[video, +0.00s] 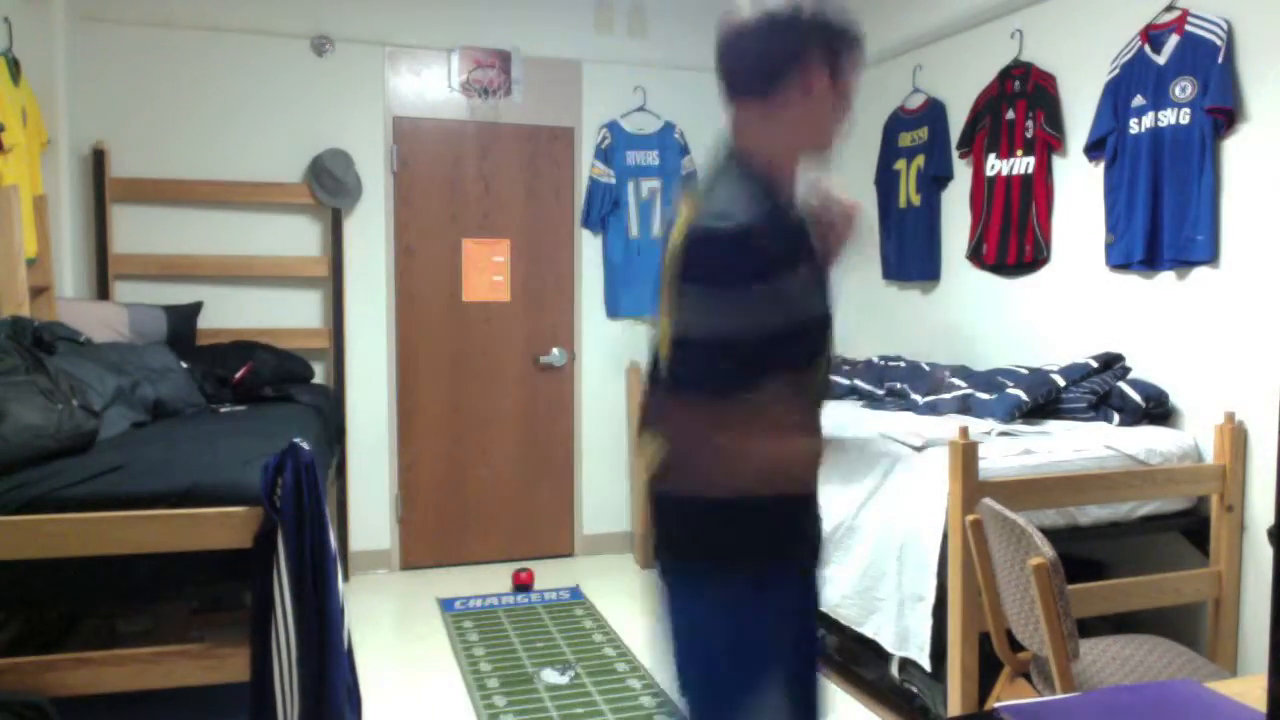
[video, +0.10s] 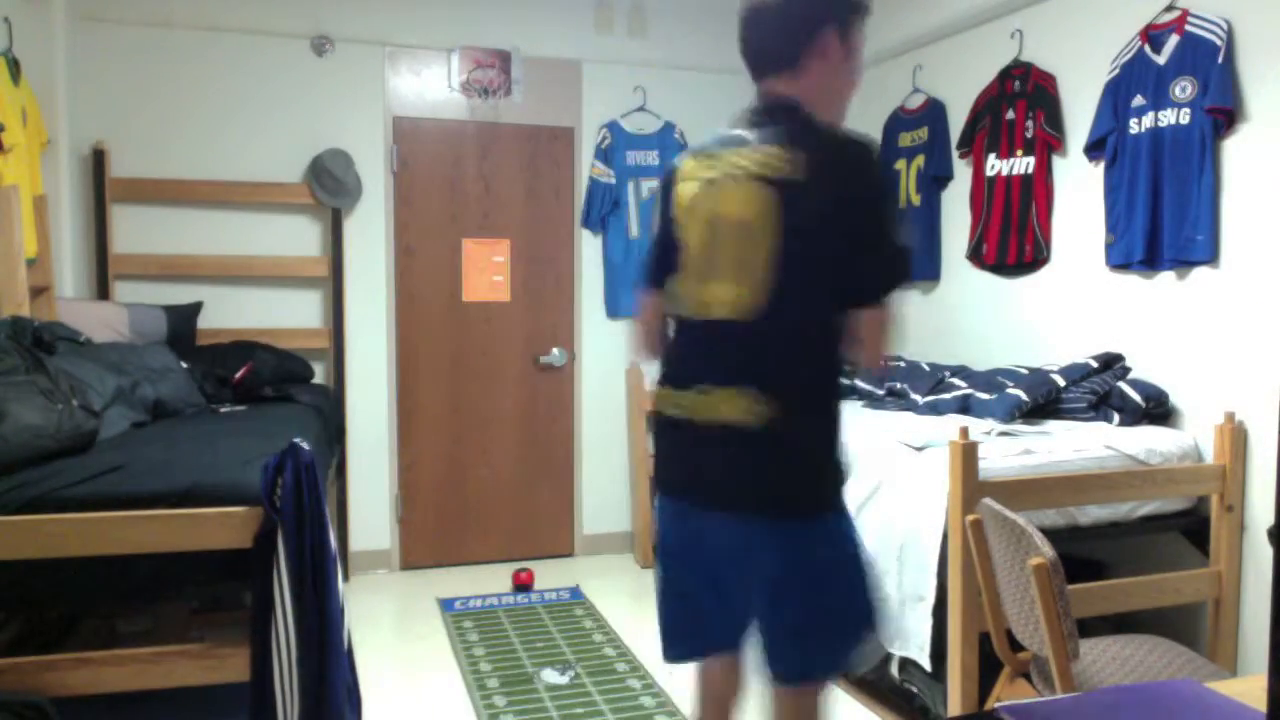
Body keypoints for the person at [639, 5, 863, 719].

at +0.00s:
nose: (845, 110)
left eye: (843, 90)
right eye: (837, 89)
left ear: (788, 88)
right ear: (800, 84)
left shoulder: (768, 208)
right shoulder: (728, 224)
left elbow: (762, 342)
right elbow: (696, 408)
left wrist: (814, 256)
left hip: (771, 529)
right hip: (724, 539)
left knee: (786, 701)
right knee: (738, 704)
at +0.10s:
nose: (859, 72)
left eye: (857, 53)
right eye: (856, 51)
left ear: (755, 55)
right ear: (827, 49)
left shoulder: (694, 163)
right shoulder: (847, 163)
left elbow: (651, 329)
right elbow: (868, 347)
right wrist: (808, 311)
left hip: (689, 476)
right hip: (789, 480)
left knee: (715, 669)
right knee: (801, 684)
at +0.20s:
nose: (834, 105)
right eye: (834, 90)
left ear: (746, 100)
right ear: (829, 97)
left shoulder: (689, 206)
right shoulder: (868, 217)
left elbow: (641, 352)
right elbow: (904, 374)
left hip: (699, 496)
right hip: (809, 499)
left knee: (691, 674)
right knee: (828, 692)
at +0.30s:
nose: (710, 202)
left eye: (713, 190)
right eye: (714, 189)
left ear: (728, 197)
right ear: (788, 197)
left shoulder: (702, 296)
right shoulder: (843, 295)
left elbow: (701, 459)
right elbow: (879, 434)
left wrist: (670, 461)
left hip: (747, 561)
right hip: (835, 556)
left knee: (666, 677)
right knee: (838, 696)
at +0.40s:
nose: (675, 209)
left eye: (682, 195)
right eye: (675, 194)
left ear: (718, 199)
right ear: (732, 200)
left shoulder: (704, 290)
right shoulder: (811, 283)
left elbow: (714, 443)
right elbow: (843, 406)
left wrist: (663, 462)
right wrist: (774, 425)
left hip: (746, 532)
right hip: (820, 521)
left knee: (679, 681)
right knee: (804, 671)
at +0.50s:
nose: (635, 180)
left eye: (648, 163)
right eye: (633, 164)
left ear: (698, 164)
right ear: (691, 168)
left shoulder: (698, 245)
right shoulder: (728, 235)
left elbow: (720, 384)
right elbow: (777, 361)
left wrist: (639, 419)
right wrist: (669, 407)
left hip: (721, 478)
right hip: (759, 469)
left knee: (695, 656)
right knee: (749, 631)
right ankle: (815, 714)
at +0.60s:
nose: (625, 166)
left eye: (639, 149)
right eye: (618, 151)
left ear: (685, 148)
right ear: (614, 153)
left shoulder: (692, 221)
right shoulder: (690, 216)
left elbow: (730, 354)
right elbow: (748, 332)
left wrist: (643, 402)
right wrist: (661, 389)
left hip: (718, 464)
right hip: (725, 457)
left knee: (699, 642)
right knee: (728, 623)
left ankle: (733, 717)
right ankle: (784, 708)